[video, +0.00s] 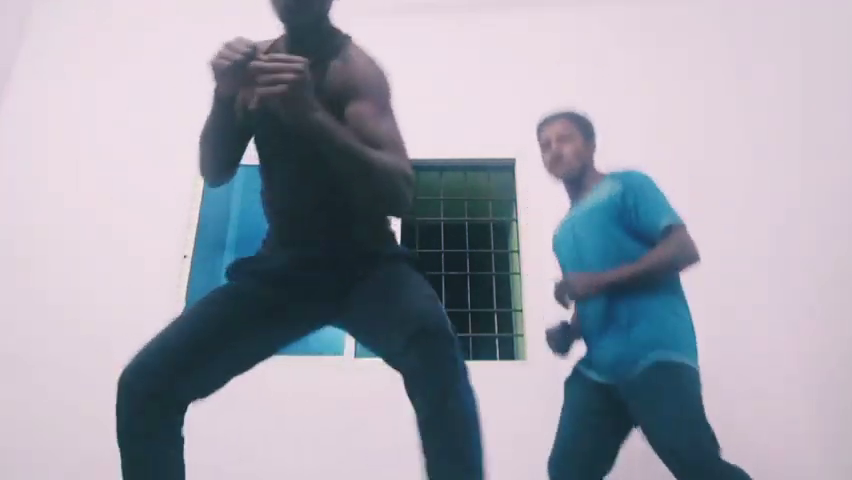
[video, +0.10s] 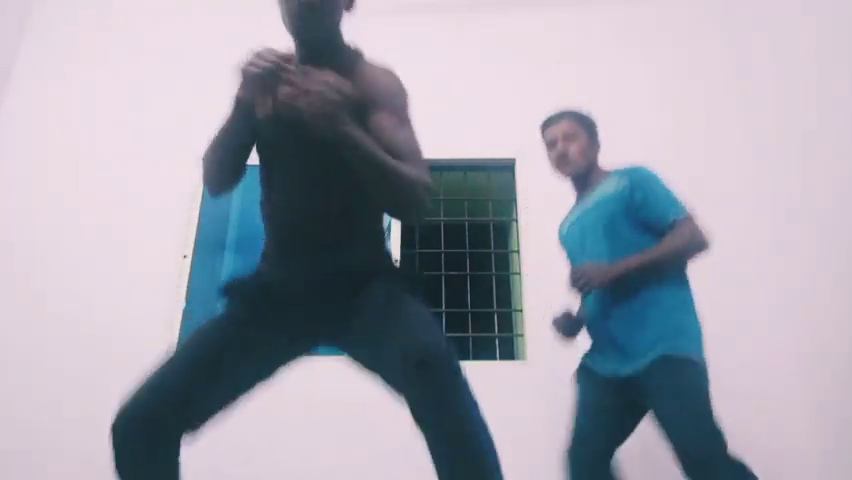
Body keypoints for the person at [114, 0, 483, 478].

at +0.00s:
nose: (296, 3)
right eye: (285, 1)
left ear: (331, 5)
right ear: (272, 6)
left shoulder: (355, 69)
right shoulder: (255, 65)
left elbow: (401, 193)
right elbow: (215, 171)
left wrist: (307, 112)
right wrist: (228, 96)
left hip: (368, 269)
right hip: (283, 273)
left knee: (432, 342)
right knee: (146, 388)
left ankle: (461, 477)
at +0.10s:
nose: (304, 11)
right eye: (294, 0)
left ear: (345, 7)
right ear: (282, 9)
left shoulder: (374, 82)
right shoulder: (267, 79)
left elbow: (415, 200)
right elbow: (216, 181)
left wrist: (340, 126)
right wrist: (246, 106)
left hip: (365, 295)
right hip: (277, 298)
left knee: (433, 365)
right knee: (140, 426)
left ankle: (480, 478)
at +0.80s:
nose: (298, 69)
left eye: (313, 58)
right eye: (288, 56)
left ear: (337, 61)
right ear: (275, 58)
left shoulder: (364, 131)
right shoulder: (256, 135)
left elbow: (412, 235)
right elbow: (228, 224)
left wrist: (356, 193)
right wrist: (226, 148)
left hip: (352, 292)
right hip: (273, 296)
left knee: (414, 377)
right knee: (140, 421)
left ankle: (470, 478)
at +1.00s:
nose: (308, 78)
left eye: (322, 66)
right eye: (299, 65)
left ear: (343, 68)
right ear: (284, 64)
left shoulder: (372, 138)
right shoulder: (259, 134)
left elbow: (419, 241)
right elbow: (218, 209)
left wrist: (403, 196)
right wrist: (202, 139)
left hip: (354, 291)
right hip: (271, 292)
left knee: (420, 378)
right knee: (147, 424)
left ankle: (471, 475)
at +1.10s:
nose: (310, 80)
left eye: (324, 68)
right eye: (302, 67)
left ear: (348, 68)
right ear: (288, 62)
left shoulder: (376, 138)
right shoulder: (262, 132)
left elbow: (427, 219)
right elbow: (185, 177)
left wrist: (453, 187)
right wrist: (132, 124)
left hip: (357, 293)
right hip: (273, 296)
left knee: (427, 382)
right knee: (146, 424)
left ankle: (474, 478)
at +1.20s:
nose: (319, 77)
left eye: (333, 65)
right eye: (310, 64)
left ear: (357, 63)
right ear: (297, 59)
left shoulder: (389, 141)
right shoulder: (265, 124)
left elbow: (463, 200)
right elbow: (173, 159)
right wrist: (92, 118)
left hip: (361, 297)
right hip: (271, 300)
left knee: (437, 377)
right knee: (142, 426)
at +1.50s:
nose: (335, 71)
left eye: (348, 59)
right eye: (324, 57)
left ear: (368, 61)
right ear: (306, 55)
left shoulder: (395, 139)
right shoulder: (274, 126)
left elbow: (463, 212)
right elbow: (195, 183)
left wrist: (536, 179)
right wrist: (103, 137)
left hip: (370, 283)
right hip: (280, 287)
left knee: (445, 374)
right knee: (151, 426)